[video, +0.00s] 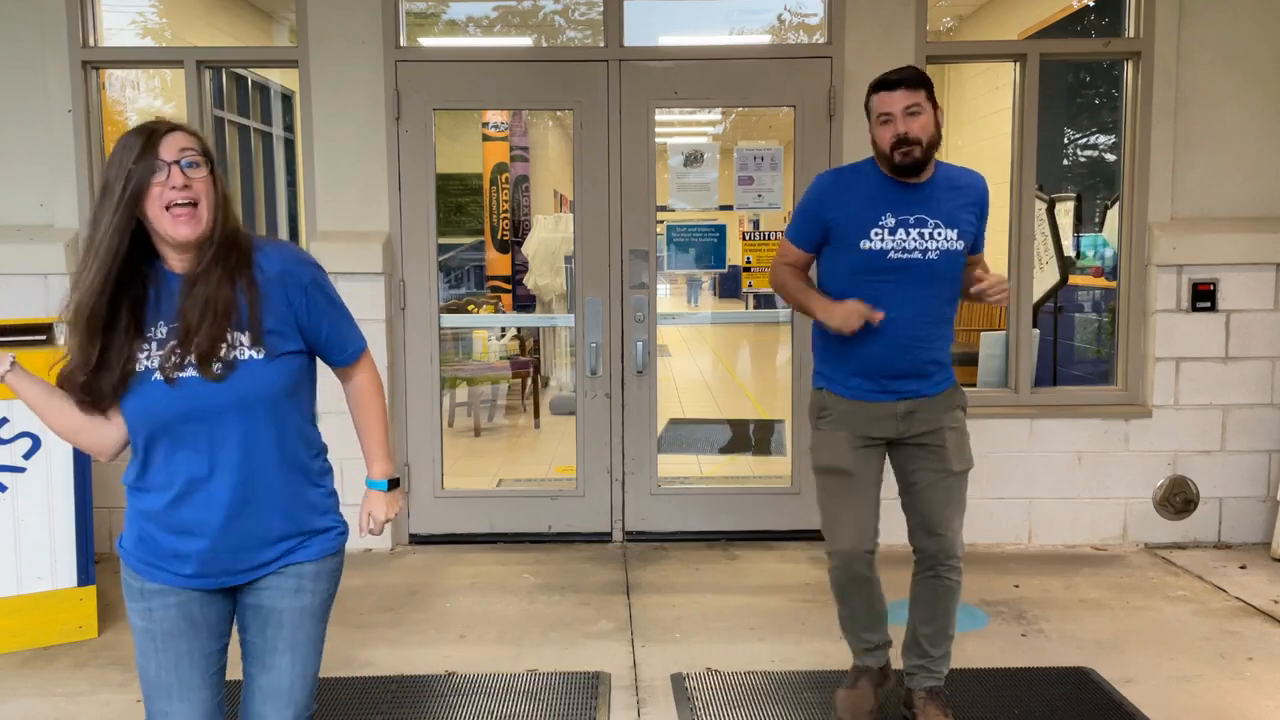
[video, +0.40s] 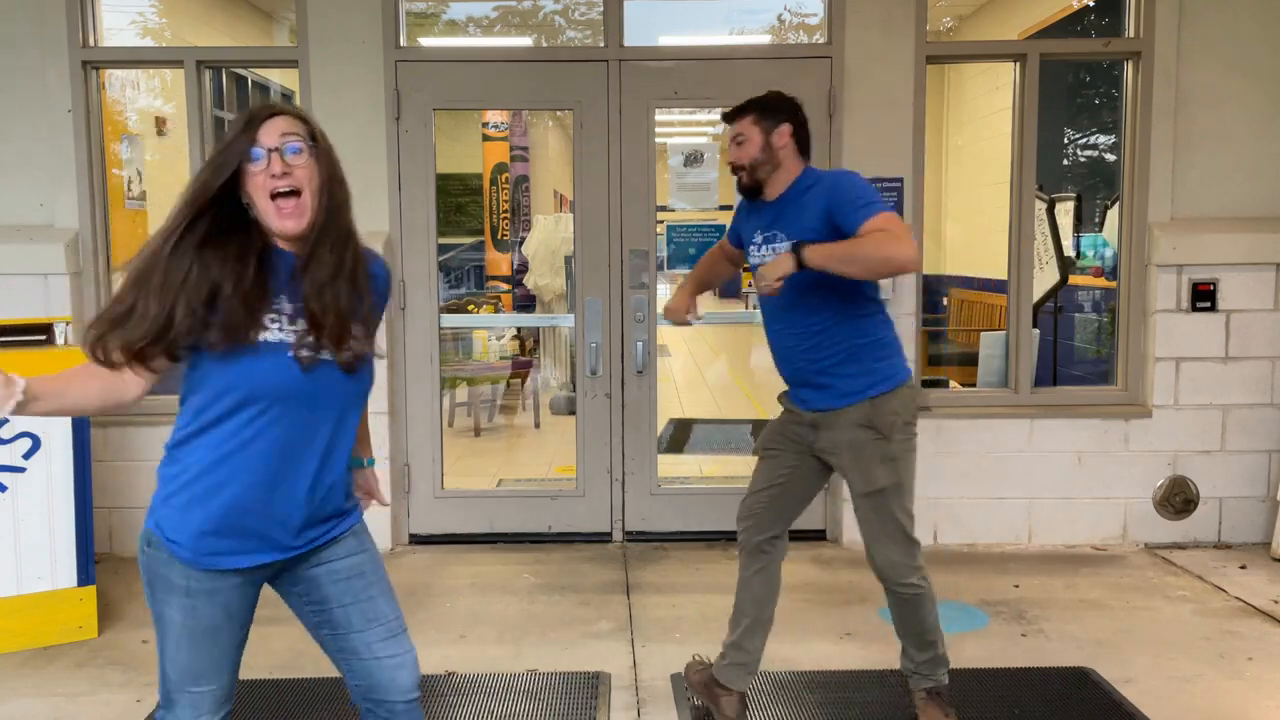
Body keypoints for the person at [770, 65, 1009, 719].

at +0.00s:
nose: (901, 128)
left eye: (913, 113)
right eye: (885, 118)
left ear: (938, 119)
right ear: (870, 129)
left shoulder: (969, 193)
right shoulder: (832, 192)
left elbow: (969, 268)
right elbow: (784, 271)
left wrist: (983, 283)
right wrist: (825, 308)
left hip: (934, 403)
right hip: (846, 406)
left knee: (942, 550)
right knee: (848, 551)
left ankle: (926, 683)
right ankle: (869, 664)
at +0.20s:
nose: (825, 151)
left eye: (837, 136)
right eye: (817, 141)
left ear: (878, 137)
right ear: (813, 149)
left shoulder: (936, 207)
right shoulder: (801, 215)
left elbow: (988, 301)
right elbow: (773, 279)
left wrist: (943, 291)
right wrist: (762, 325)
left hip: (917, 419)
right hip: (824, 415)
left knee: (935, 564)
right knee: (765, 527)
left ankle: (922, 686)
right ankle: (804, 665)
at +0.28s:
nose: (781, 146)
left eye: (793, 132)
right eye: (777, 136)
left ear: (837, 130)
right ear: (780, 143)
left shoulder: (901, 193)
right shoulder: (779, 208)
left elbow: (971, 278)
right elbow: (750, 268)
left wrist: (891, 263)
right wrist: (735, 292)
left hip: (902, 408)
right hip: (818, 404)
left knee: (918, 560)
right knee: (761, 517)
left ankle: (924, 687)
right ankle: (758, 675)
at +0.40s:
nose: (732, 155)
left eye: (741, 142)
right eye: (729, 145)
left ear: (783, 137)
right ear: (758, 146)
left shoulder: (837, 188)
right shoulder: (751, 211)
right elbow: (724, 259)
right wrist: (689, 290)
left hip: (873, 405)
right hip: (804, 409)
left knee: (895, 561)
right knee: (758, 532)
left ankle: (930, 687)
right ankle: (732, 682)